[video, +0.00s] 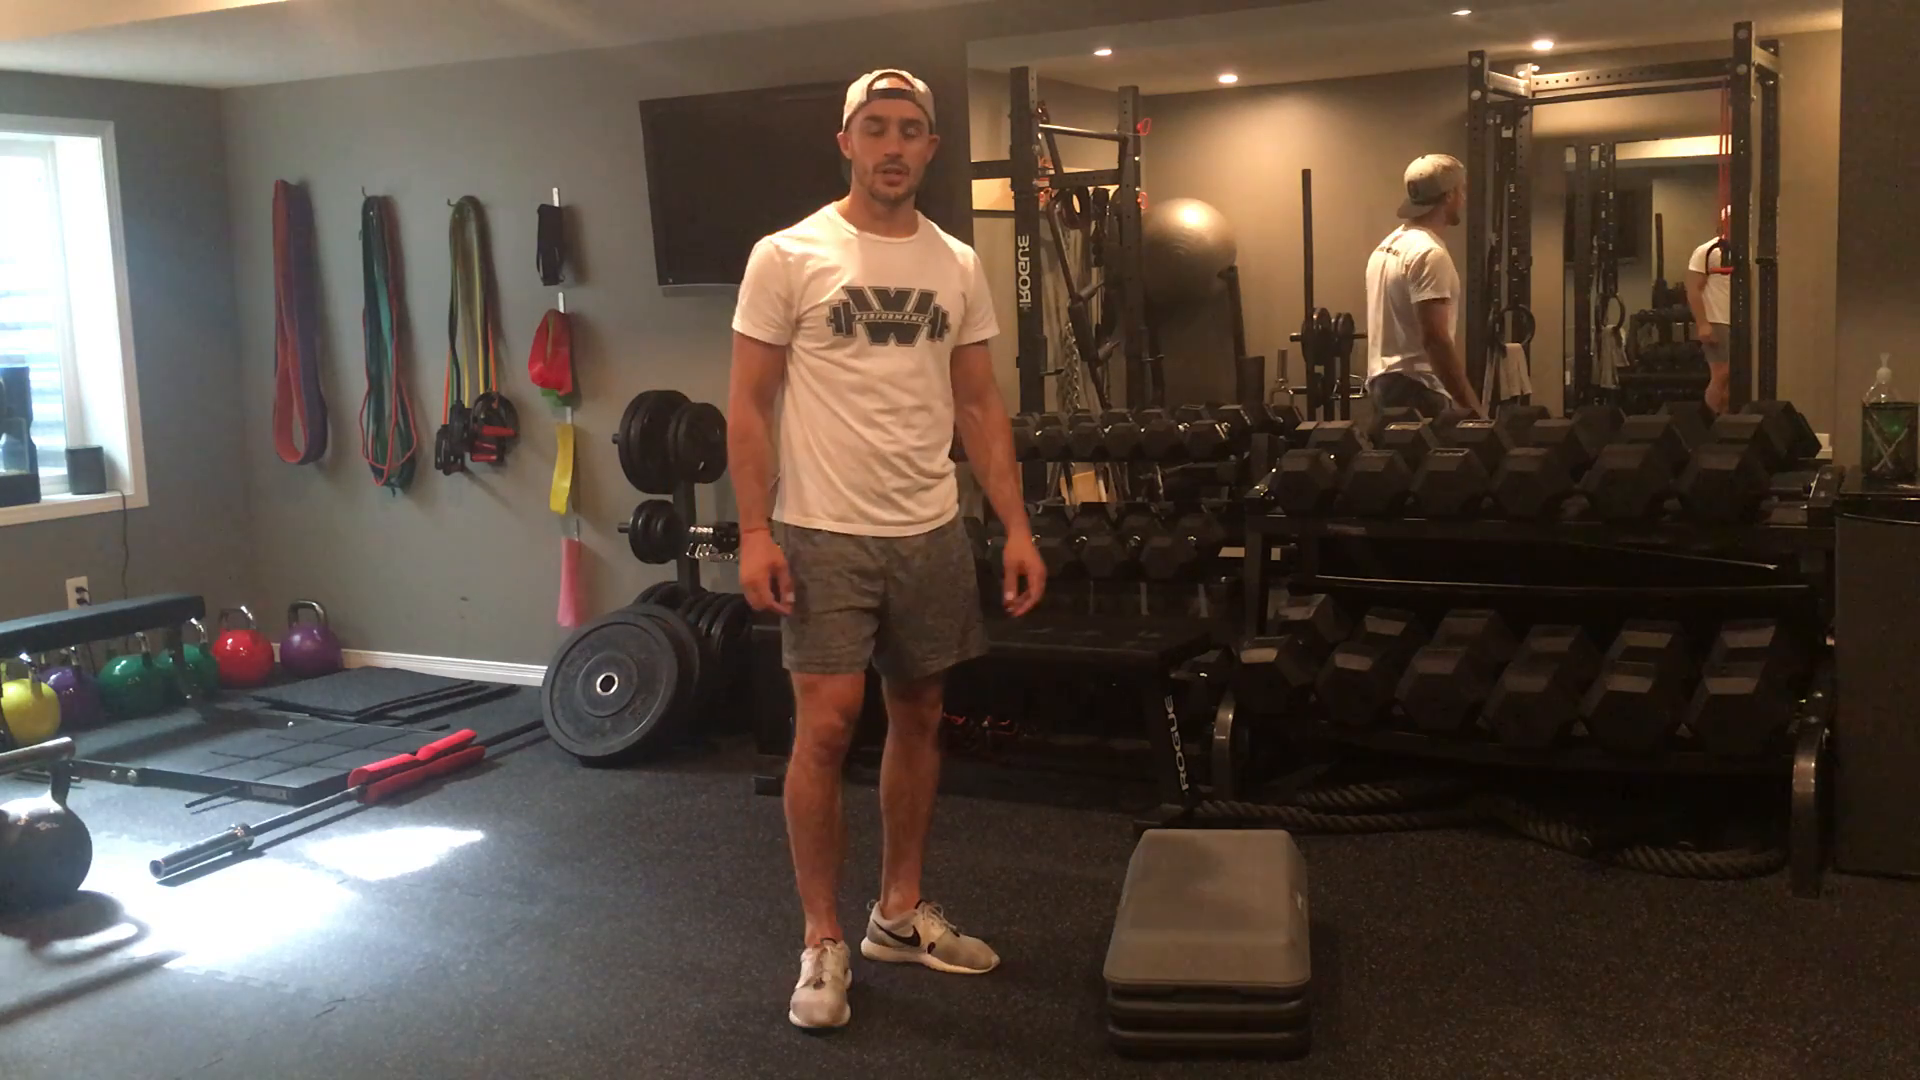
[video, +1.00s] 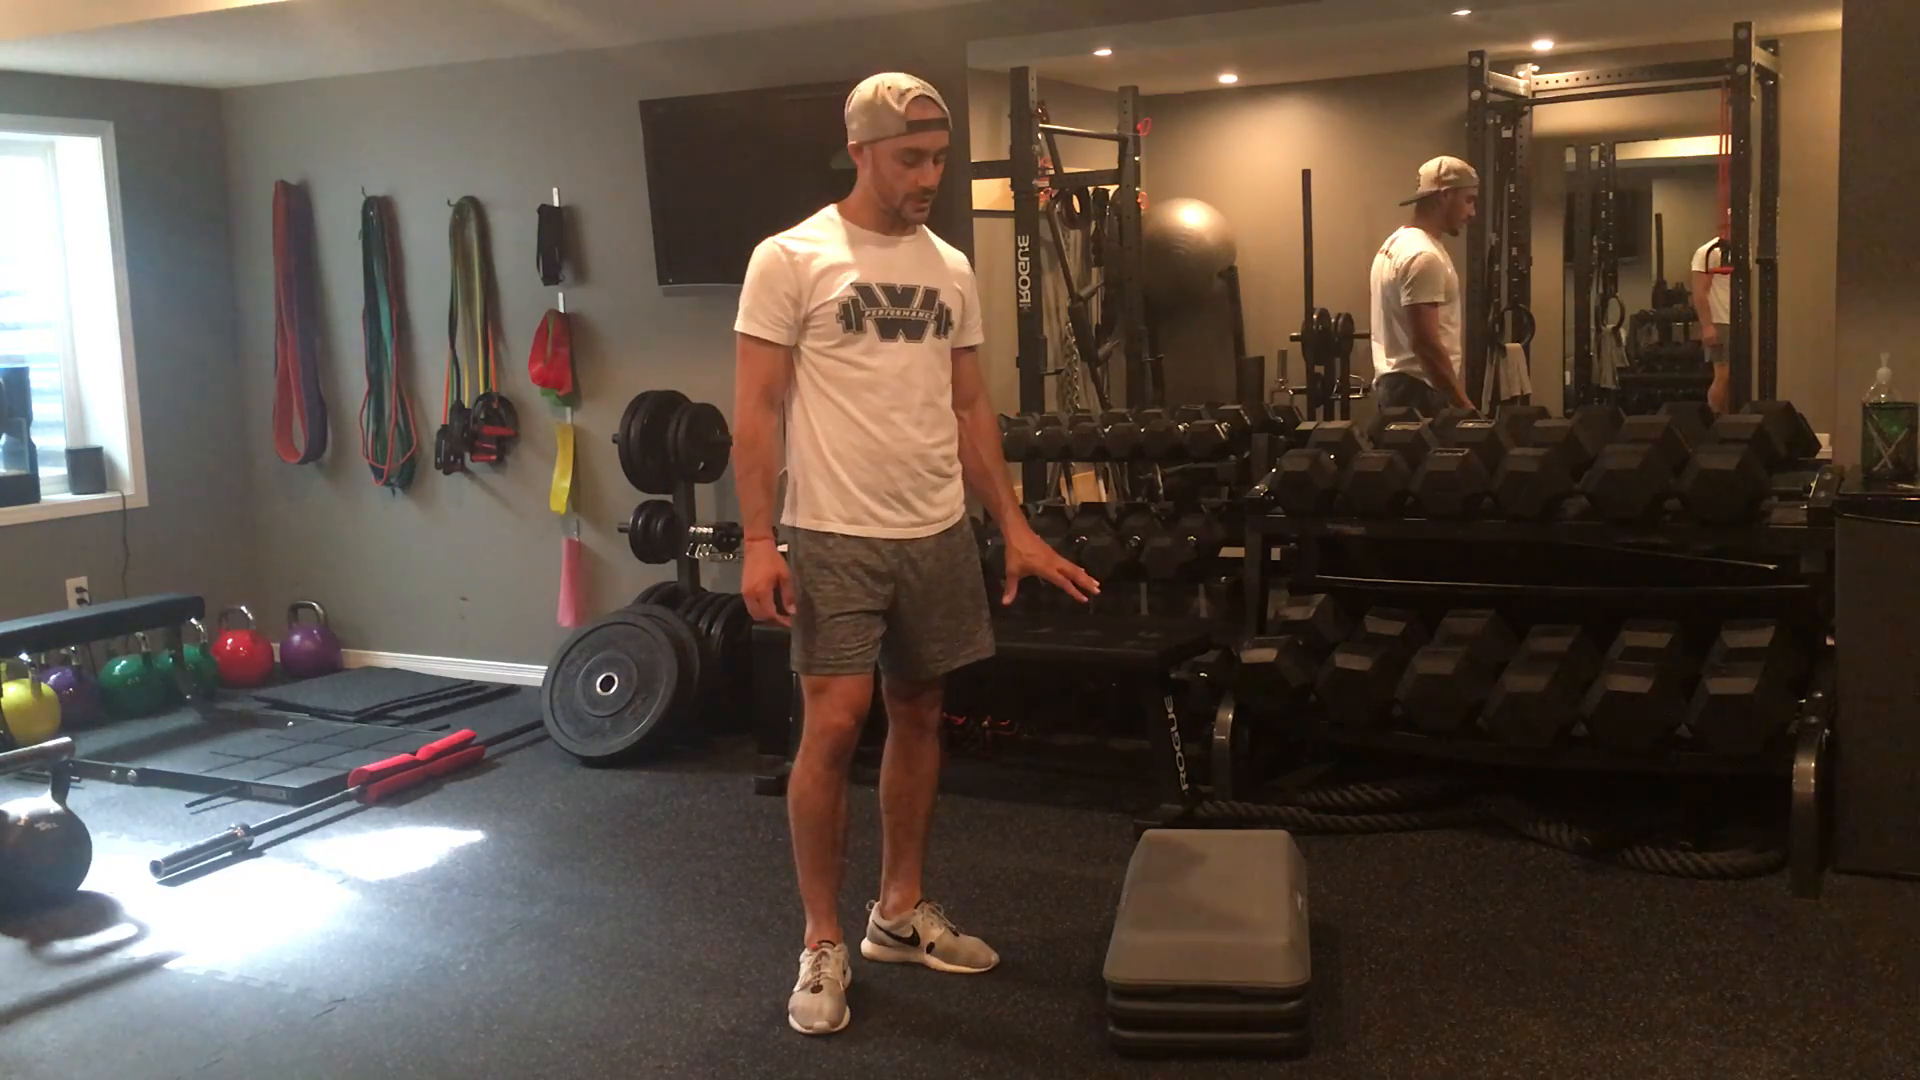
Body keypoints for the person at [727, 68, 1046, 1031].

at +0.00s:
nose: (893, 146)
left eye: (910, 131)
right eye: (876, 130)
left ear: (931, 146)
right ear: (845, 141)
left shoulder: (957, 265)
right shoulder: (789, 257)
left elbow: (980, 407)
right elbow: (747, 401)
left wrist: (1017, 526)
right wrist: (754, 531)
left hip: (932, 534)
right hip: (823, 534)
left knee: (920, 717)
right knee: (827, 727)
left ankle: (901, 909)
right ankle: (822, 943)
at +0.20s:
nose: (891, 146)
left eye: (907, 131)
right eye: (872, 130)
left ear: (927, 146)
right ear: (840, 143)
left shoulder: (959, 262)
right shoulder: (787, 261)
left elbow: (990, 400)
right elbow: (759, 411)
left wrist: (1032, 520)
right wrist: (764, 544)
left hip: (935, 537)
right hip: (827, 537)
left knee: (917, 720)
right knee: (829, 730)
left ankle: (901, 908)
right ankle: (822, 942)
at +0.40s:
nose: (924, 171)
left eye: (934, 155)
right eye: (909, 153)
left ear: (936, 156)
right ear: (855, 148)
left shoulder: (949, 263)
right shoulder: (784, 265)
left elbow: (980, 401)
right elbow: (760, 416)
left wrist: (1026, 511)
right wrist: (758, 550)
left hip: (939, 537)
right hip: (833, 539)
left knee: (922, 720)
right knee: (833, 730)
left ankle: (900, 909)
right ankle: (822, 942)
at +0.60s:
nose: (941, 177)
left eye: (947, 160)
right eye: (926, 159)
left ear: (935, 159)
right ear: (866, 151)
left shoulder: (944, 263)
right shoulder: (783, 264)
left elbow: (973, 407)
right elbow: (755, 420)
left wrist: (1019, 524)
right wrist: (756, 553)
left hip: (940, 536)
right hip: (838, 540)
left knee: (922, 718)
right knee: (837, 728)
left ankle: (901, 909)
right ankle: (822, 941)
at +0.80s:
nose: (945, 173)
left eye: (950, 156)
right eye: (930, 155)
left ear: (937, 157)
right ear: (871, 151)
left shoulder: (945, 265)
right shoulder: (787, 262)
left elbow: (968, 407)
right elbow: (756, 415)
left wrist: (1012, 522)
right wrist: (757, 548)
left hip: (937, 535)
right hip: (836, 539)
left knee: (921, 716)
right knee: (837, 723)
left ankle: (900, 909)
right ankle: (822, 942)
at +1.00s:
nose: (930, 173)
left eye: (939, 156)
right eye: (913, 156)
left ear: (944, 154)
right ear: (861, 154)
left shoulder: (951, 271)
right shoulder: (790, 259)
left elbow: (971, 411)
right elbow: (758, 406)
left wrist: (1014, 526)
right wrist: (758, 539)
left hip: (936, 536)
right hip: (832, 537)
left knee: (919, 716)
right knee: (836, 723)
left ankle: (901, 909)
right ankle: (822, 942)